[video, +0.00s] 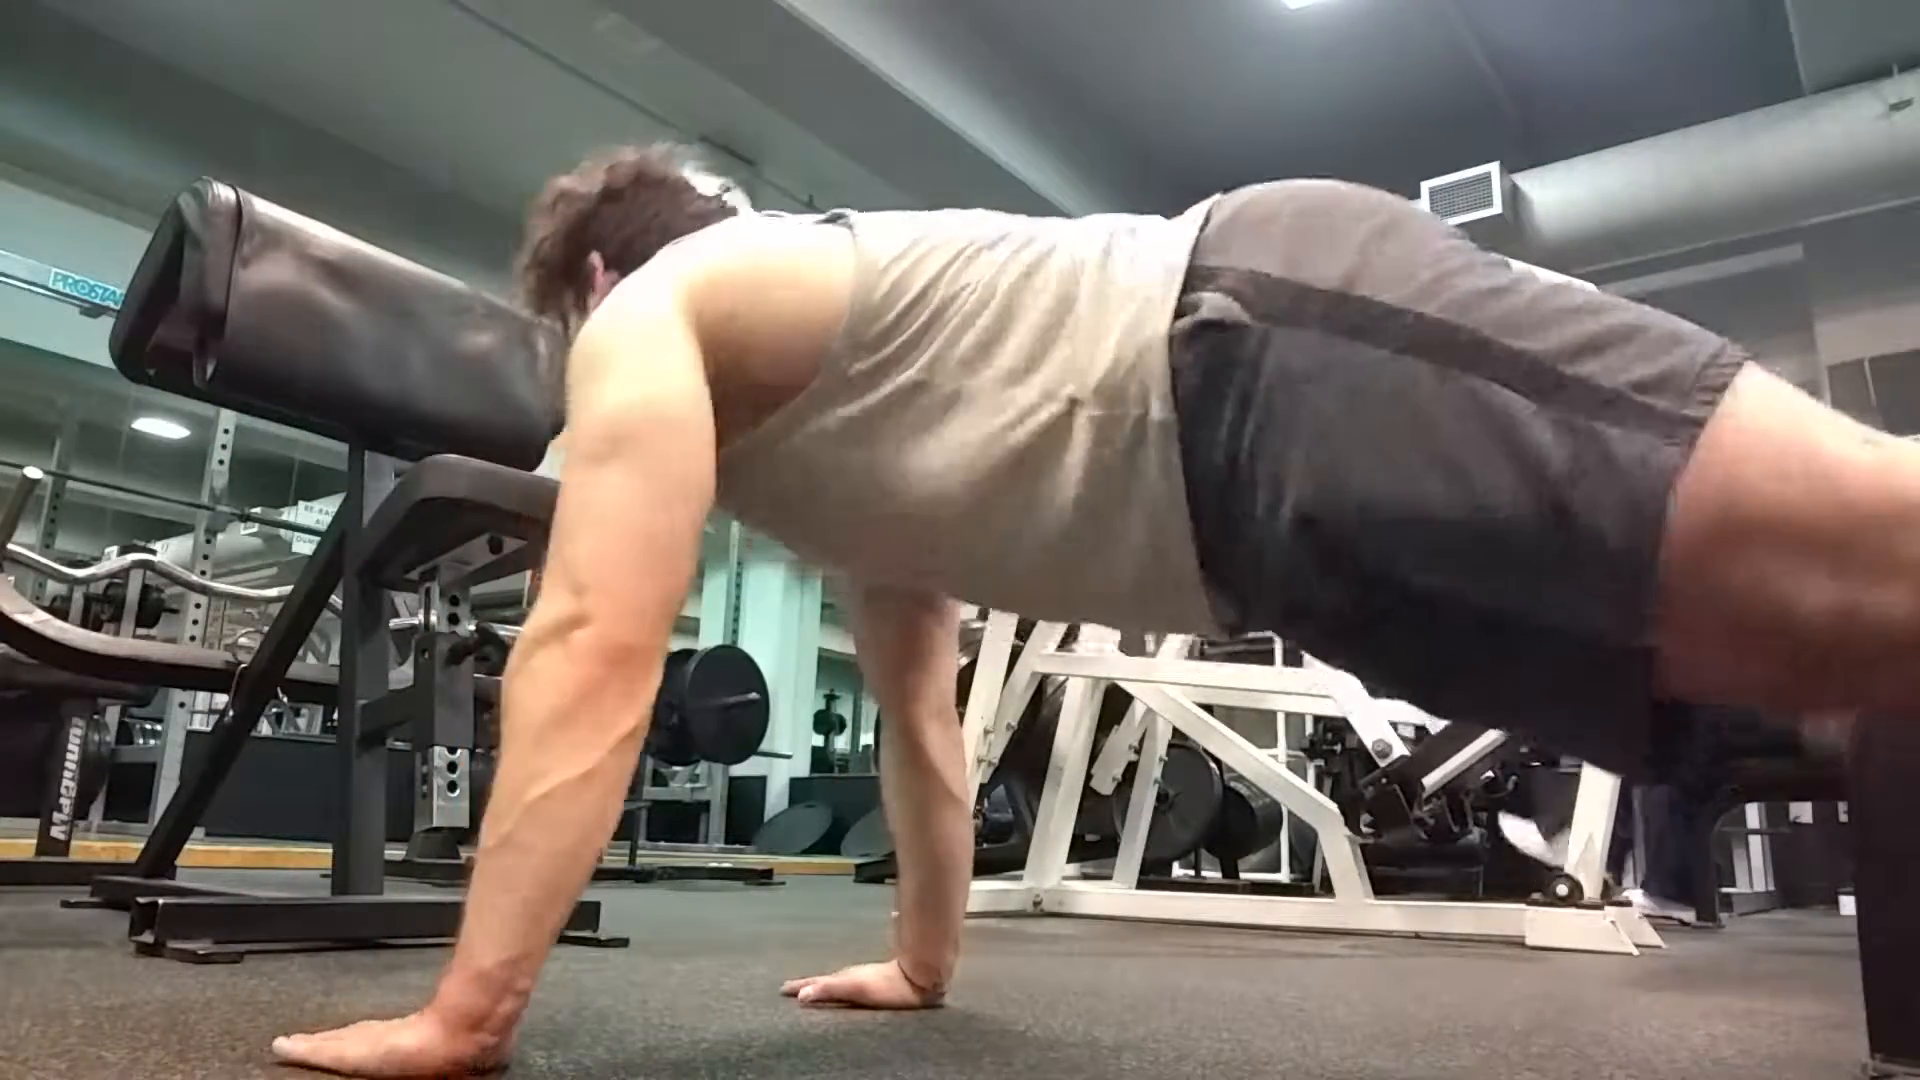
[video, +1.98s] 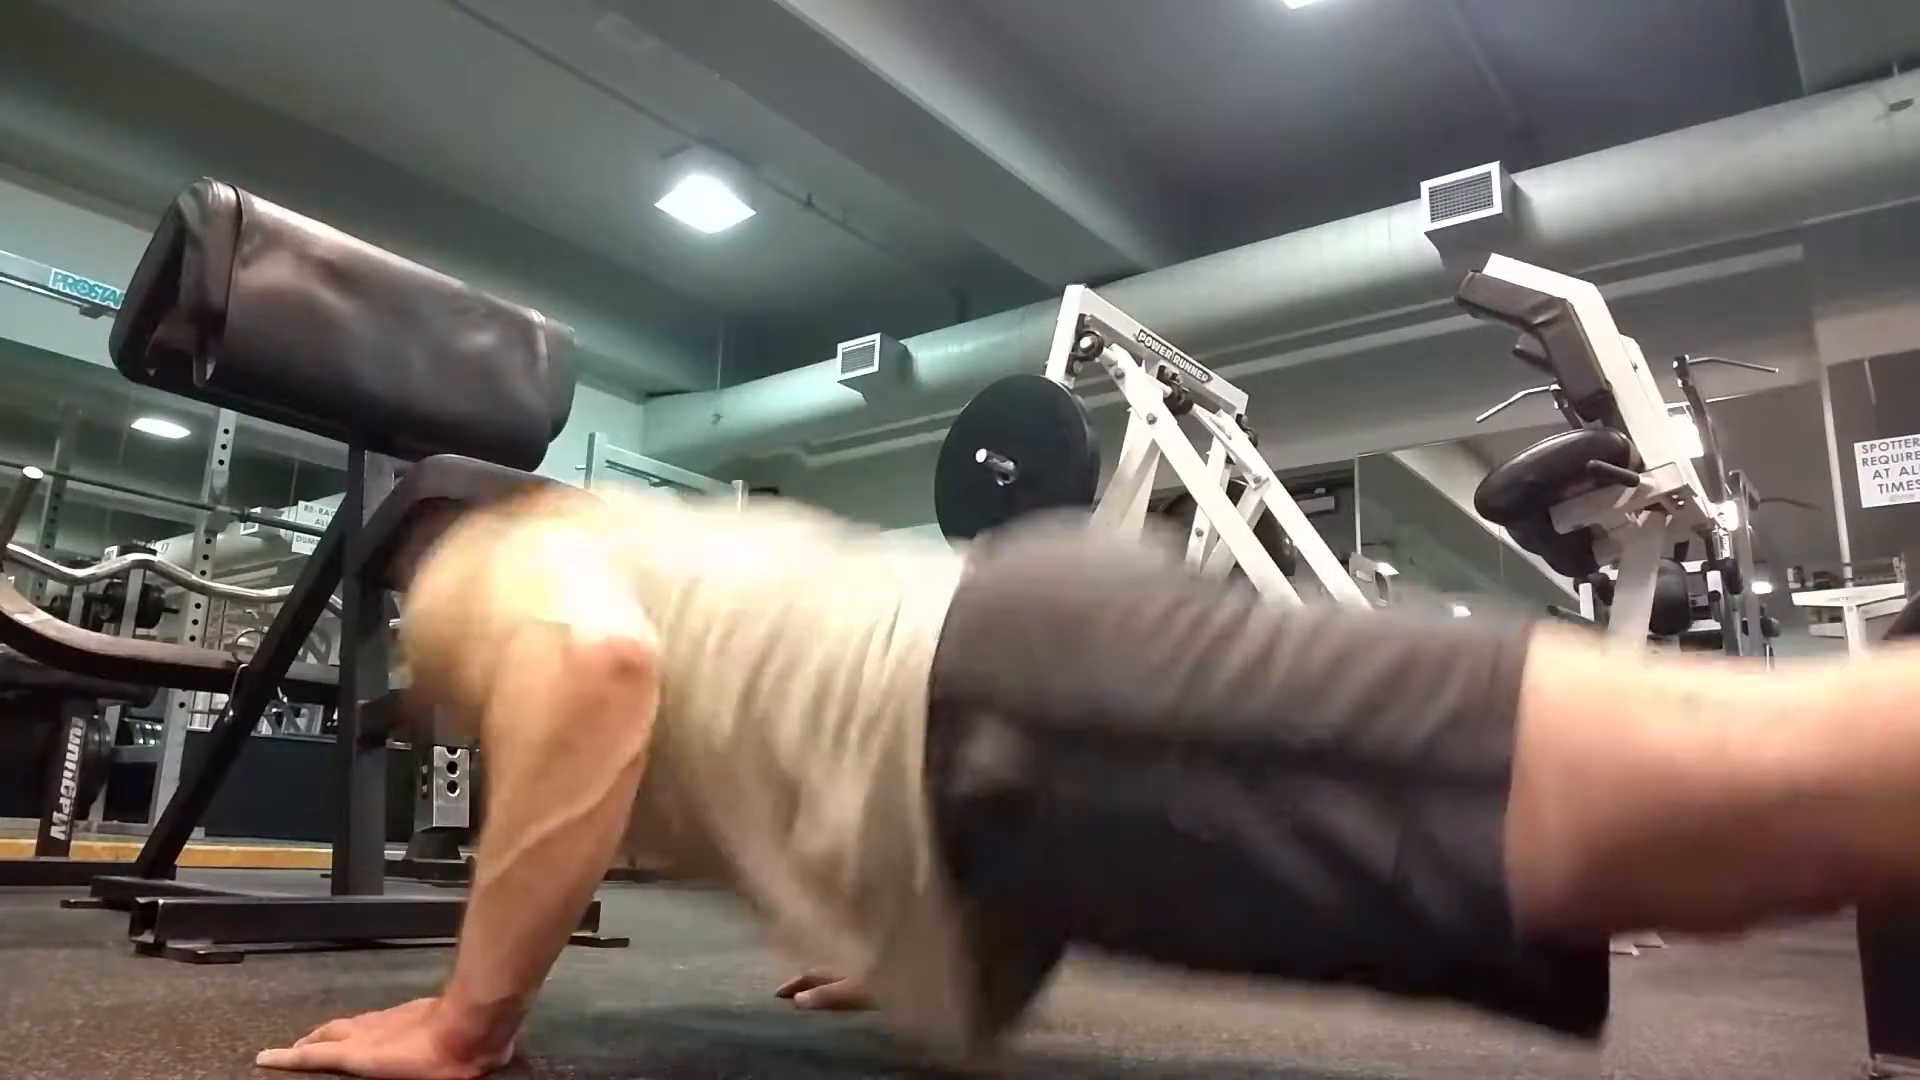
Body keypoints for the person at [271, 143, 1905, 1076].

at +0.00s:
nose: (575, 372)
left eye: (571, 333)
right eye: (565, 347)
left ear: (601, 280)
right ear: (705, 234)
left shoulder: (655, 315)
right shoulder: (858, 414)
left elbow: (594, 652)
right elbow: (915, 694)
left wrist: (465, 1006)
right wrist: (925, 960)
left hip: (1270, 364)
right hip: (1280, 542)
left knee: (1876, 557)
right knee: (1840, 694)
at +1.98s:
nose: (412, 673)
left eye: (399, 638)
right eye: (411, 654)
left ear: (409, 568)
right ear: (517, 496)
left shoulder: (478, 560)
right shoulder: (624, 542)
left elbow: (594, 682)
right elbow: (841, 640)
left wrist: (464, 1019)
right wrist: (864, 918)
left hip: (1002, 707)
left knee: (1738, 796)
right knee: (1724, 799)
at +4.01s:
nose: (424, 588)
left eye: (407, 551)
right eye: (408, 576)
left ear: (431, 449)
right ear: (543, 401)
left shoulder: (532, 450)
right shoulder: (721, 466)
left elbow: (625, 664)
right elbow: (968, 726)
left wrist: (469, 1013)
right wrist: (926, 973)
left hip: (1039, 600)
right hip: (1056, 638)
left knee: (1748, 727)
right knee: (1731, 760)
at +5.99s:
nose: (396, 821)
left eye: (377, 801)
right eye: (397, 803)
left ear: (386, 736)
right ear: (473, 670)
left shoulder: (417, 751)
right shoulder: (561, 787)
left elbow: (623, 684)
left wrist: (490, 1014)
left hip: (989, 852)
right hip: (994, 919)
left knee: (1679, 899)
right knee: (1660, 930)